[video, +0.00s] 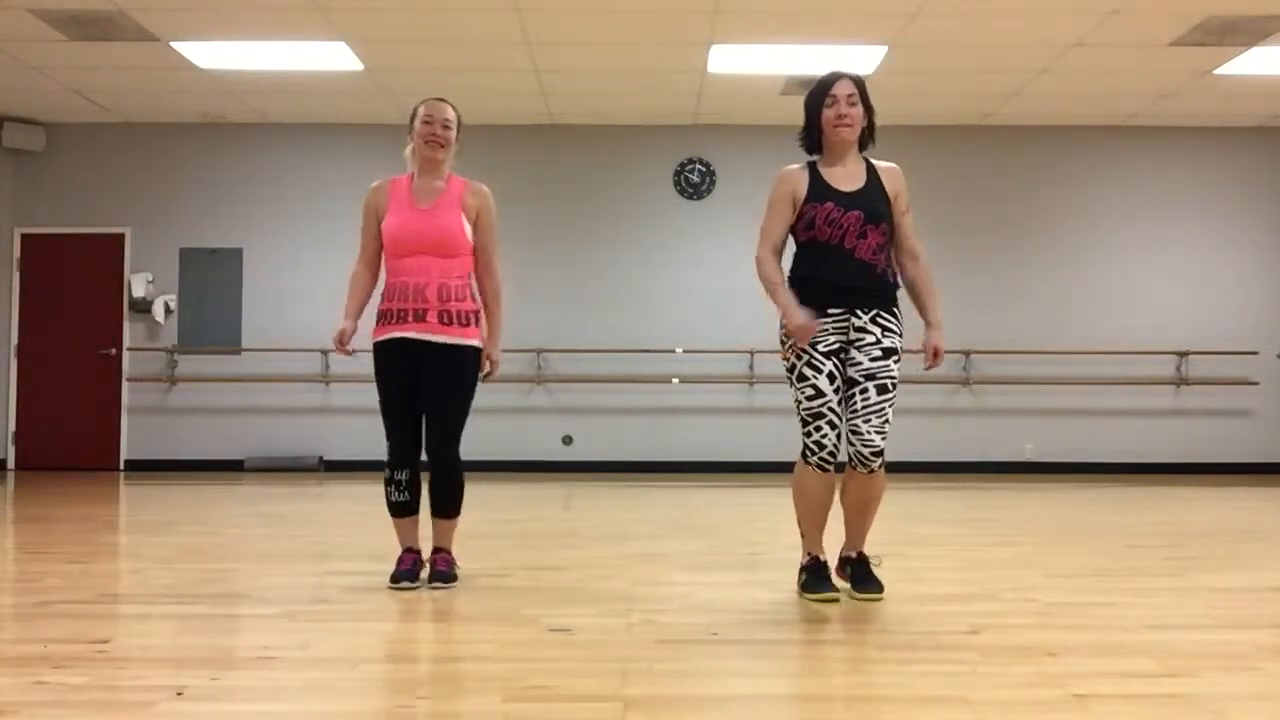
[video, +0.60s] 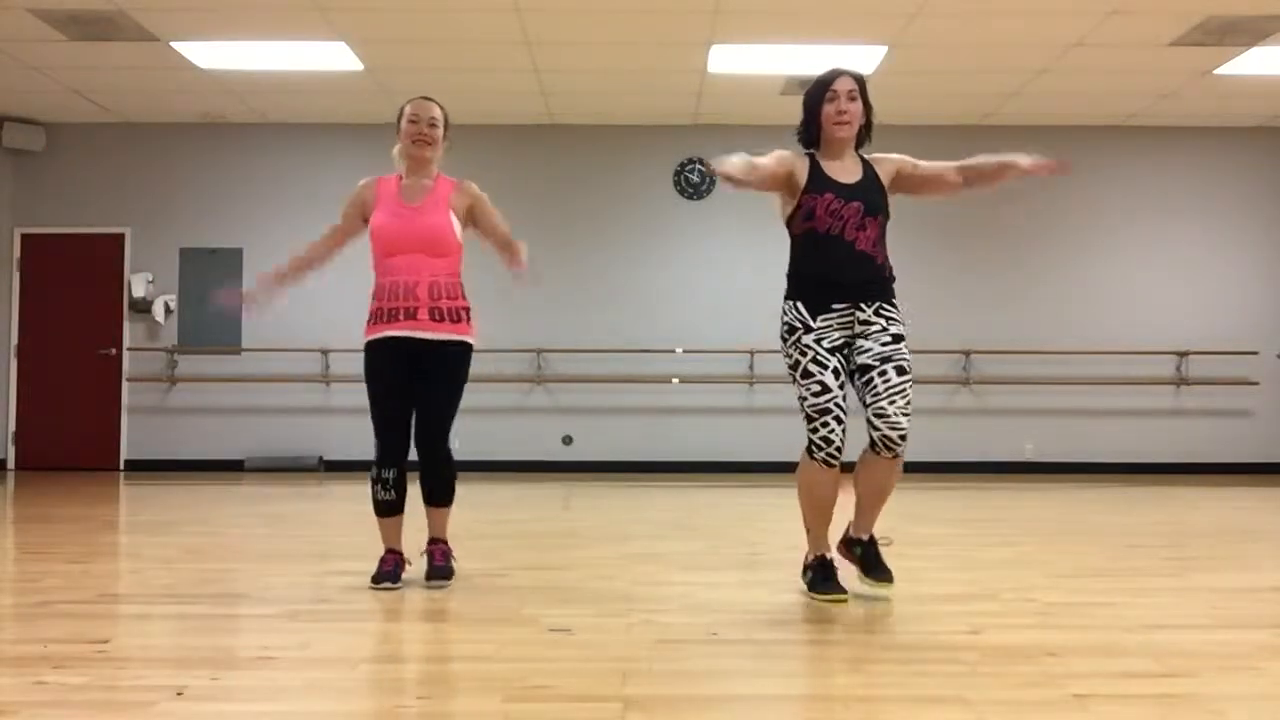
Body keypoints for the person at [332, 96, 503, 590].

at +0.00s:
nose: (436, 130)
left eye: (445, 124)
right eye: (428, 122)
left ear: (456, 140)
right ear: (410, 134)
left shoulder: (475, 198)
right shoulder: (382, 195)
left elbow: (488, 272)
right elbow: (367, 265)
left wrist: (494, 338)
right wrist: (350, 317)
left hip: (457, 339)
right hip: (396, 337)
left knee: (443, 448)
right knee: (402, 448)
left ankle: (443, 552)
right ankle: (409, 551)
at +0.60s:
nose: (422, 128)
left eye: (432, 123)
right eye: (413, 120)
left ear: (444, 138)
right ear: (397, 132)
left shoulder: (463, 194)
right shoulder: (373, 192)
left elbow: (505, 241)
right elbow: (326, 246)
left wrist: (515, 255)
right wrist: (276, 279)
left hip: (447, 336)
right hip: (388, 335)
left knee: (433, 441)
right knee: (390, 447)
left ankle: (438, 544)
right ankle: (392, 552)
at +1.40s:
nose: (423, 128)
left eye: (432, 122)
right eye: (414, 121)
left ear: (446, 136)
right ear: (400, 133)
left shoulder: (463, 188)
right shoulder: (374, 186)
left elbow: (519, 189)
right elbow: (300, 195)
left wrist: (528, 182)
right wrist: (238, 200)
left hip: (446, 337)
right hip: (387, 335)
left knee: (437, 445)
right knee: (390, 449)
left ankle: (436, 550)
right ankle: (396, 552)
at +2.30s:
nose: (413, 126)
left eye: (422, 121)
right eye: (404, 120)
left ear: (436, 136)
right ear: (390, 132)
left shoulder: (454, 184)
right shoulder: (367, 184)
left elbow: (527, 184)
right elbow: (299, 186)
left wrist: (594, 183)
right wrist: (312, 162)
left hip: (444, 335)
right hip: (386, 334)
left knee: (437, 445)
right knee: (391, 447)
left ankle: (430, 550)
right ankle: (397, 552)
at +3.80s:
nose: (416, 138)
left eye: (426, 132)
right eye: (408, 132)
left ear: (441, 144)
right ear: (395, 143)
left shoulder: (462, 191)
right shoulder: (376, 191)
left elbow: (533, 186)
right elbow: (303, 183)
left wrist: (541, 136)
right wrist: (345, 145)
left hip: (453, 339)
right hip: (393, 338)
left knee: (447, 448)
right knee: (397, 447)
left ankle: (433, 548)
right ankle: (397, 543)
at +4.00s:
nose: (416, 133)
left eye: (426, 128)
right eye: (407, 126)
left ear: (440, 141)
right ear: (395, 139)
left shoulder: (458, 187)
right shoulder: (375, 188)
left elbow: (512, 142)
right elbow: (311, 155)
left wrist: (462, 107)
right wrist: (366, 118)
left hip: (449, 337)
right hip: (390, 336)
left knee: (440, 444)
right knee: (395, 447)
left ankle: (433, 549)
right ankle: (402, 550)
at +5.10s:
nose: (413, 134)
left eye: (423, 128)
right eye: (405, 129)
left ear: (439, 141)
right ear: (393, 141)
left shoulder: (457, 187)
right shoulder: (378, 186)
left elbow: (499, 125)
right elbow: (333, 124)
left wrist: (540, 68)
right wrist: (289, 71)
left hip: (442, 338)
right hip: (384, 334)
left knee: (428, 446)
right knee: (391, 446)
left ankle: (430, 547)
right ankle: (400, 550)